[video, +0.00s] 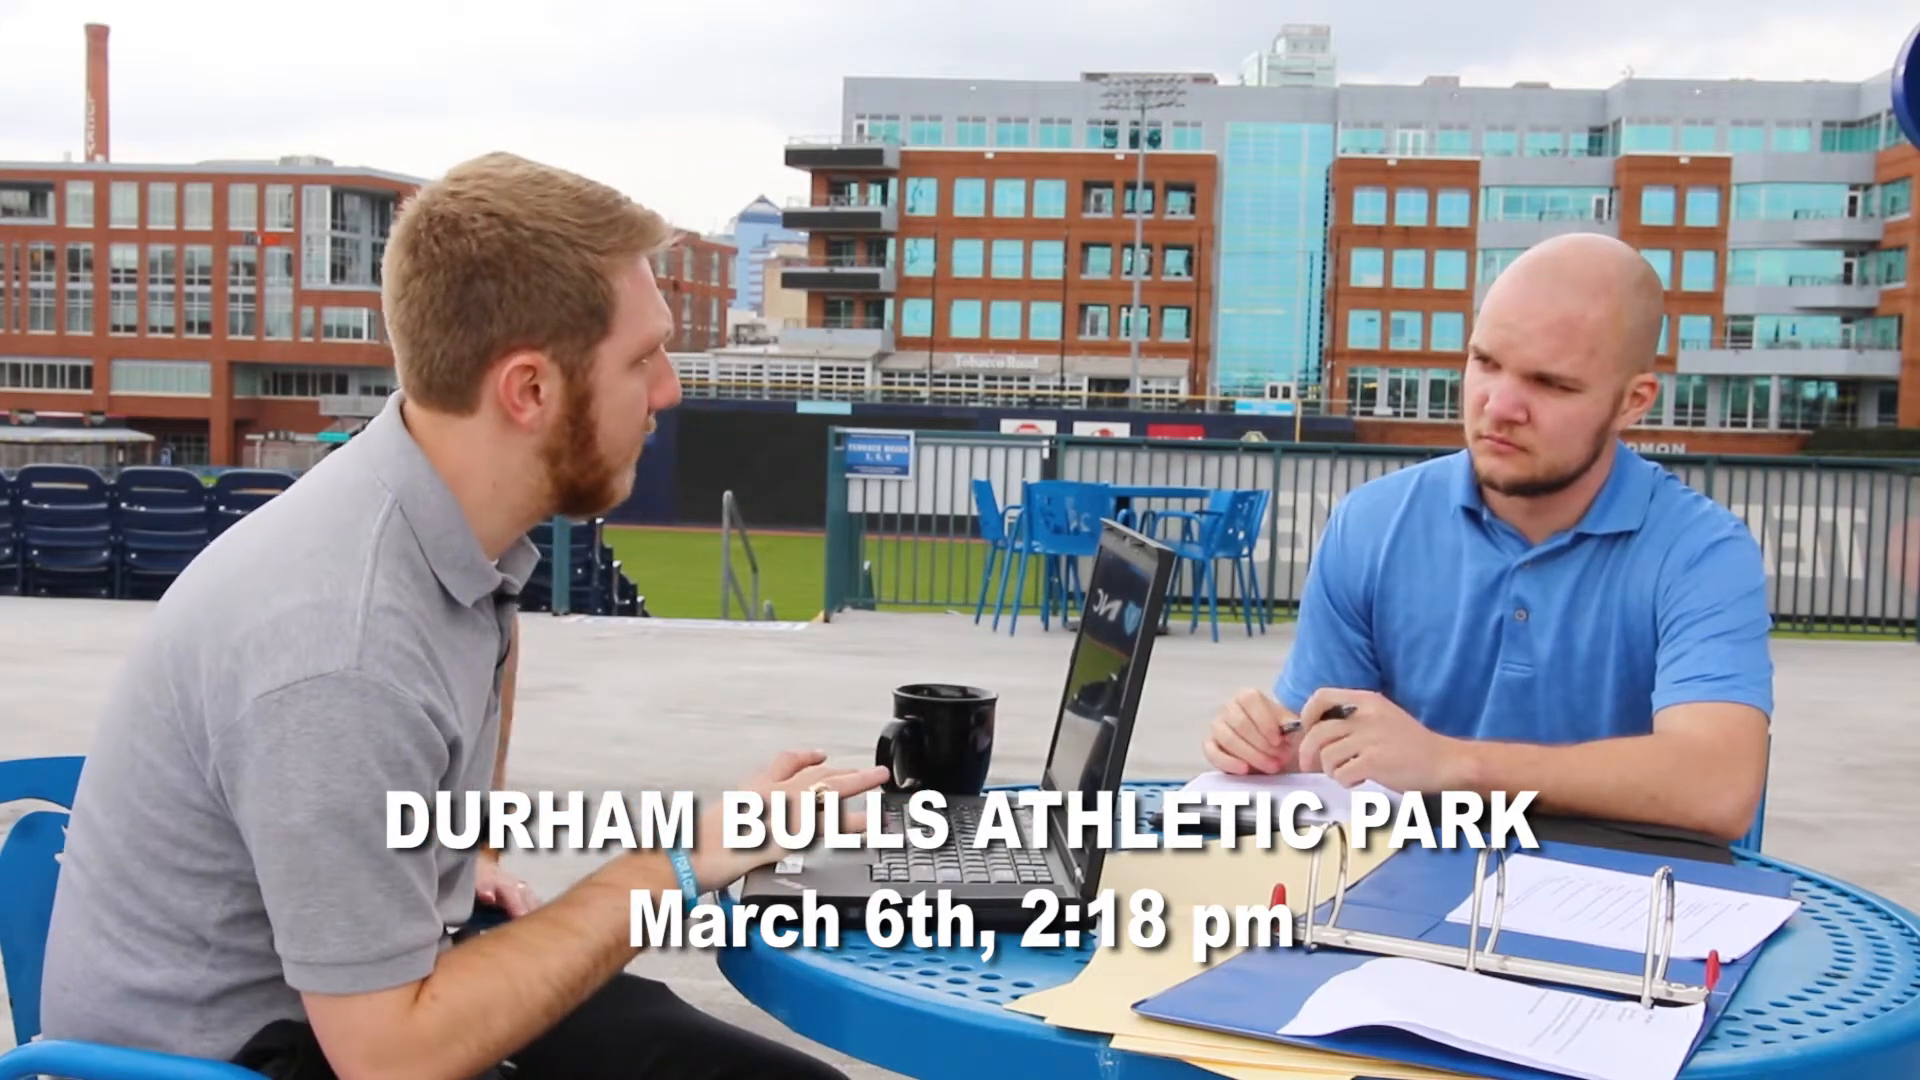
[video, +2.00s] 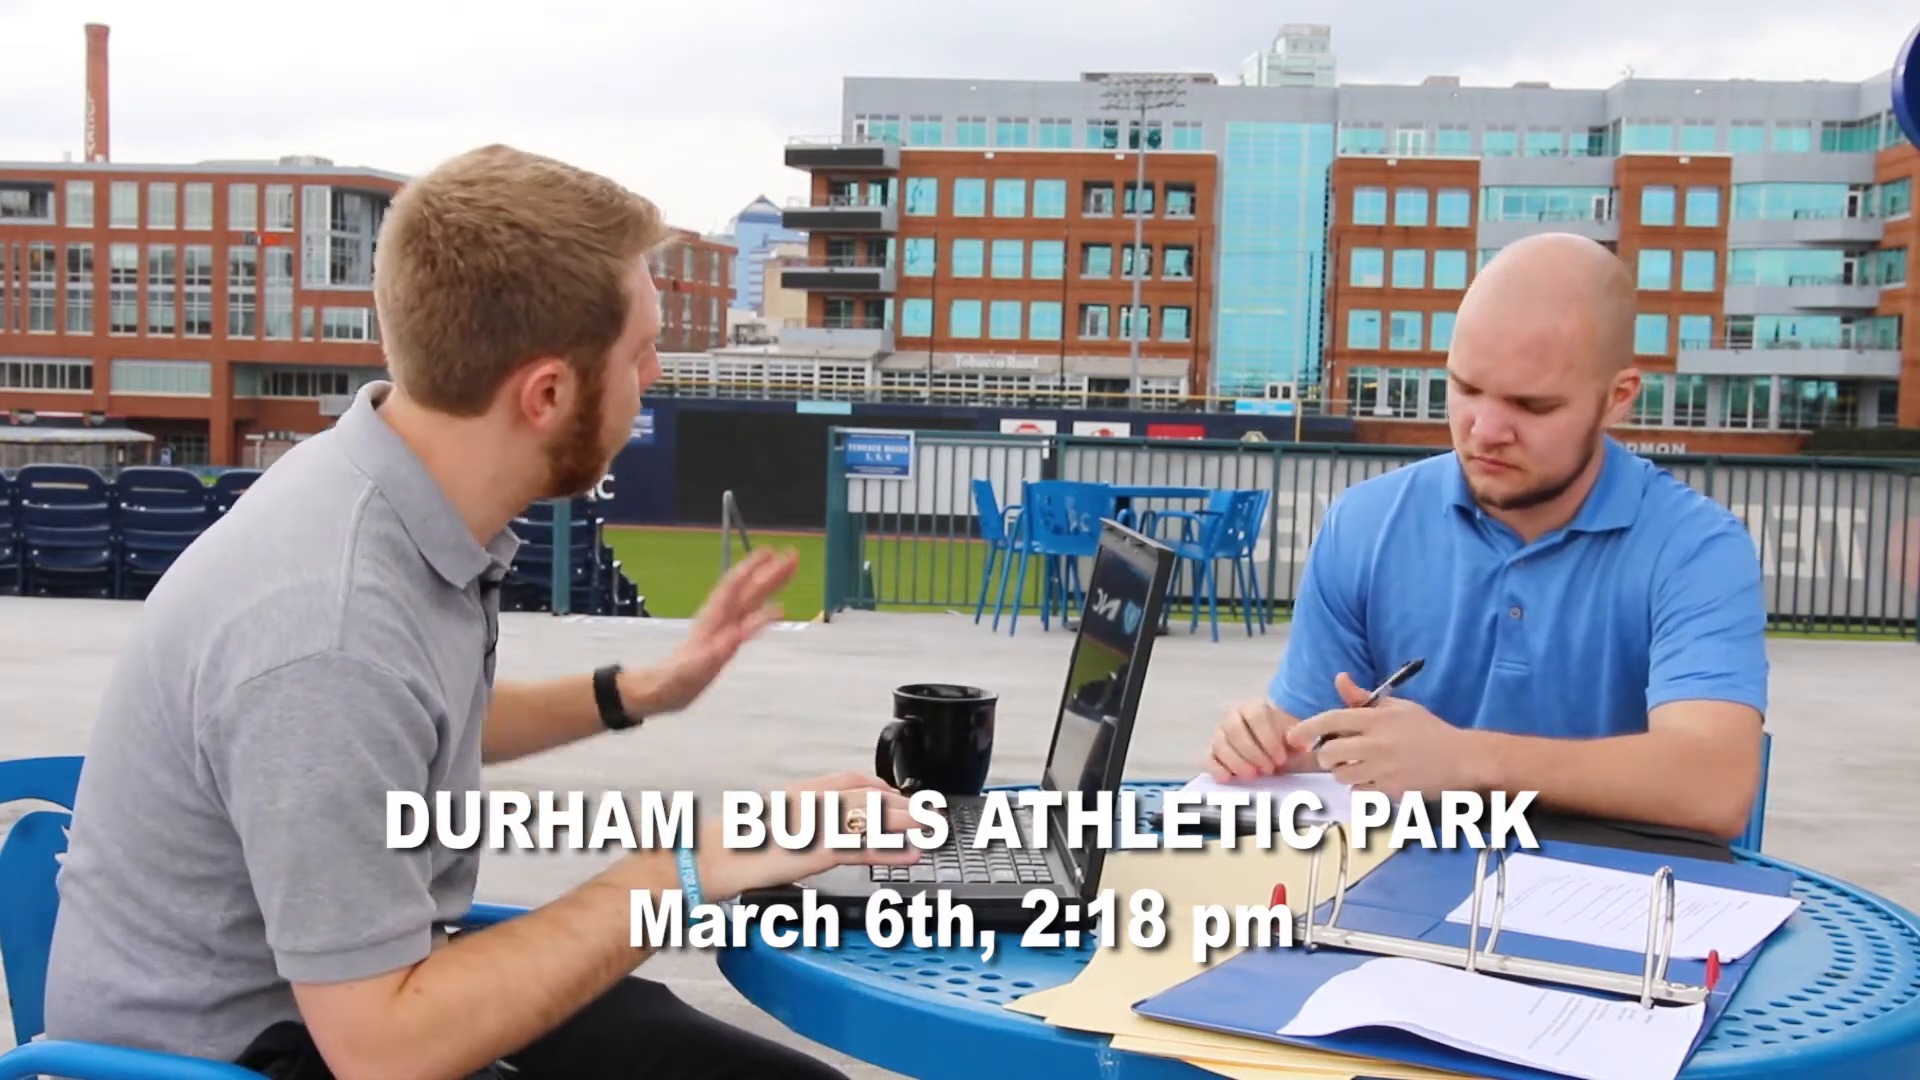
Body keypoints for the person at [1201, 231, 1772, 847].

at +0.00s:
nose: (1499, 406)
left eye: (1549, 383)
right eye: (1486, 364)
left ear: (1632, 403)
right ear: (1467, 353)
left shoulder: (1697, 552)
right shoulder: (1370, 525)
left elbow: (1713, 786)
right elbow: (1306, 730)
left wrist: (1446, 762)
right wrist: (1261, 736)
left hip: (1621, 917)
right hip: (1395, 894)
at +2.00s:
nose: (1486, 431)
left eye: (1532, 405)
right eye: (1465, 388)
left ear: (1616, 398)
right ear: (1449, 362)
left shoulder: (1693, 548)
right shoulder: (1365, 525)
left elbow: (1710, 785)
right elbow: (1304, 727)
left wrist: (1465, 759)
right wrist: (1265, 742)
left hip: (1619, 913)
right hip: (1393, 892)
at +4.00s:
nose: (1429, 423)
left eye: (1472, 393)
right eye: (1413, 383)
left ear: (1568, 387)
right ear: (1397, 367)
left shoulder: (1669, 533)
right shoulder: (1353, 528)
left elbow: (1707, 776)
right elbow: (1315, 741)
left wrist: (1476, 776)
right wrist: (1267, 743)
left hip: (1614, 901)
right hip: (1400, 883)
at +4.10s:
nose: (1417, 405)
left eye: (1458, 376)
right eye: (1411, 369)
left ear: (1565, 378)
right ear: (1401, 356)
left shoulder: (1680, 532)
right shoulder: (1372, 514)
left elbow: (1711, 778)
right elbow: (1308, 713)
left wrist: (1472, 776)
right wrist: (1263, 737)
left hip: (1623, 902)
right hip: (1409, 877)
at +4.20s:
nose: (1401, 382)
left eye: (1429, 357)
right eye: (1406, 352)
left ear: (1530, 370)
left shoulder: (1692, 525)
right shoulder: (1398, 501)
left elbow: (1719, 780)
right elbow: (1323, 691)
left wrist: (1466, 773)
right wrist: (1273, 730)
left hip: (1626, 910)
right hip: (1410, 881)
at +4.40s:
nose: (1433, 358)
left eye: (1440, 335)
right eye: (1434, 335)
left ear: (1500, 351)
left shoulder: (1700, 506)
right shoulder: (1469, 482)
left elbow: (1726, 779)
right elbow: (1407, 648)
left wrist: (1466, 775)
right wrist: (1309, 745)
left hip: (1642, 916)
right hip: (1453, 882)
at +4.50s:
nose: (1454, 356)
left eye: (1459, 332)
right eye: (1454, 331)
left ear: (1510, 348)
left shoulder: (1701, 501)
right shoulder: (1492, 479)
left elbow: (1726, 779)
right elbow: (1438, 644)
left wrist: (1466, 774)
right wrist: (1355, 763)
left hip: (1638, 918)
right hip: (1455, 882)